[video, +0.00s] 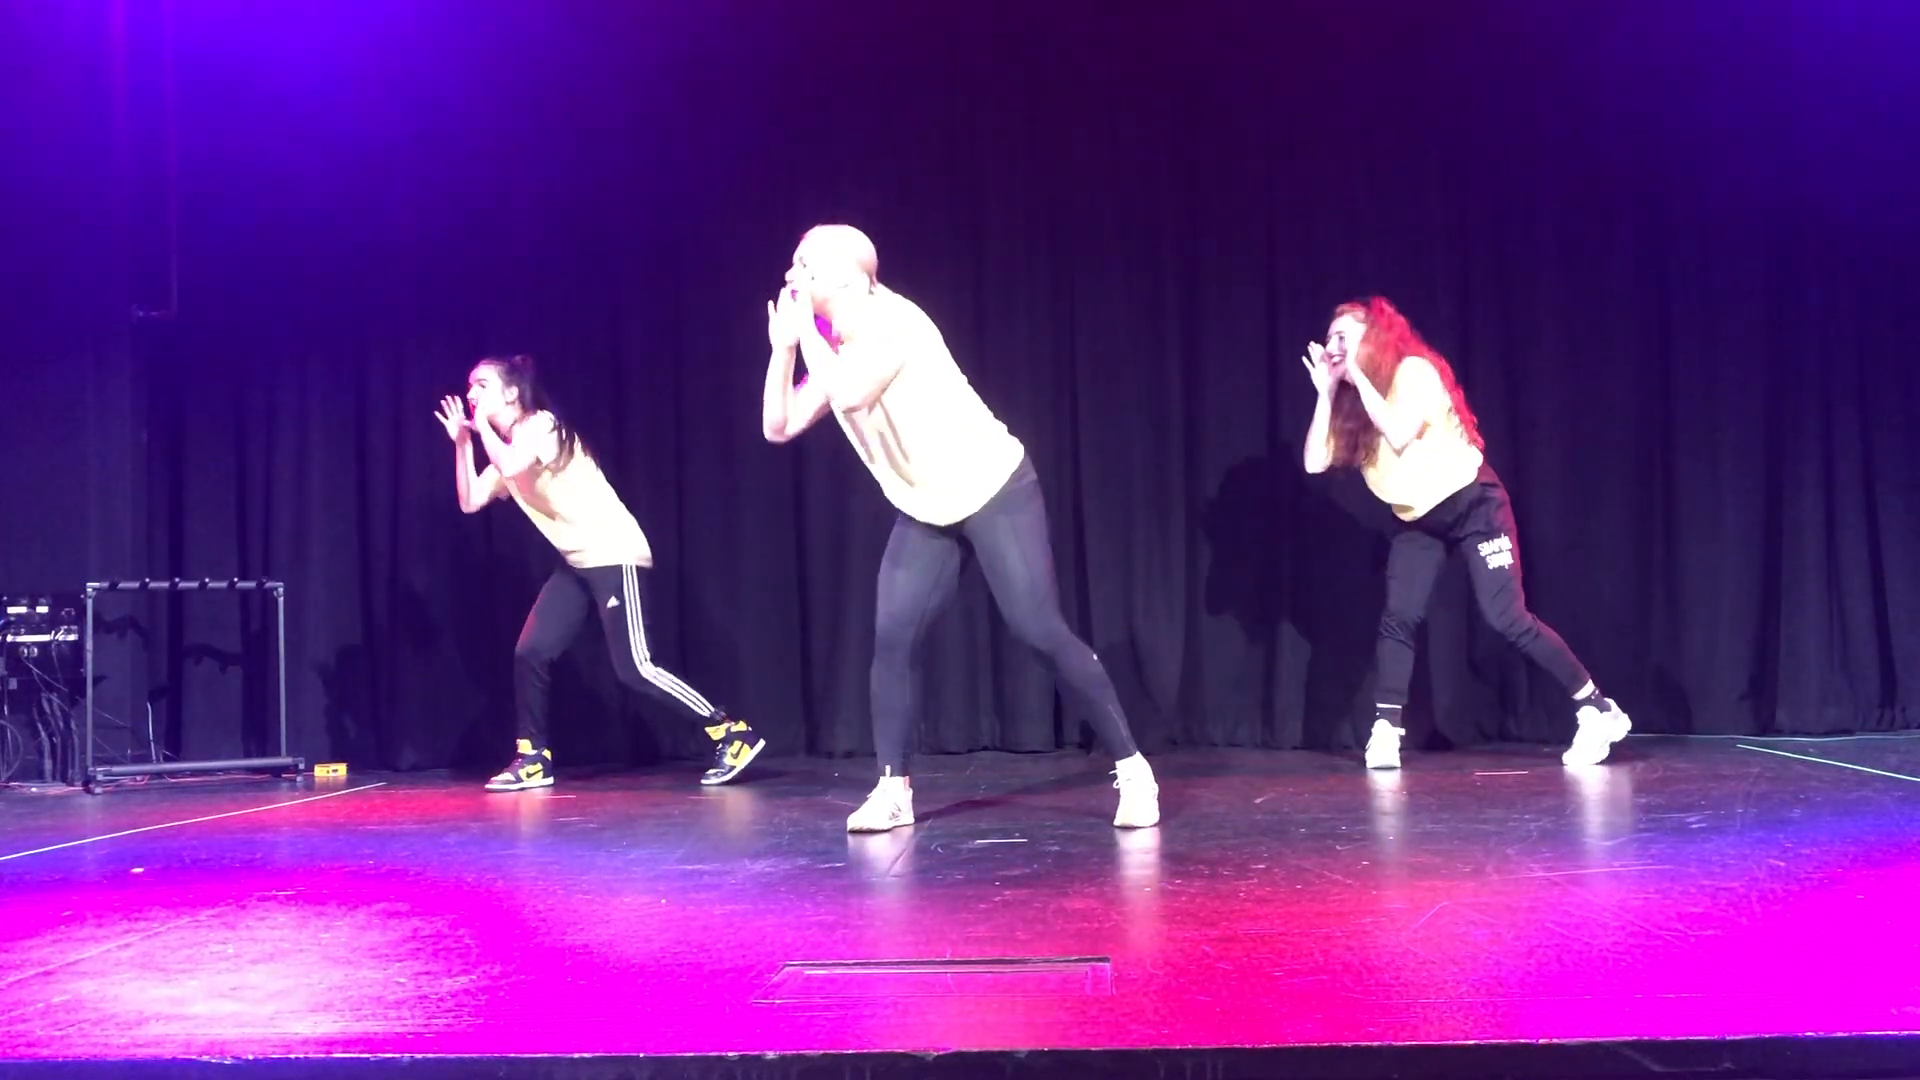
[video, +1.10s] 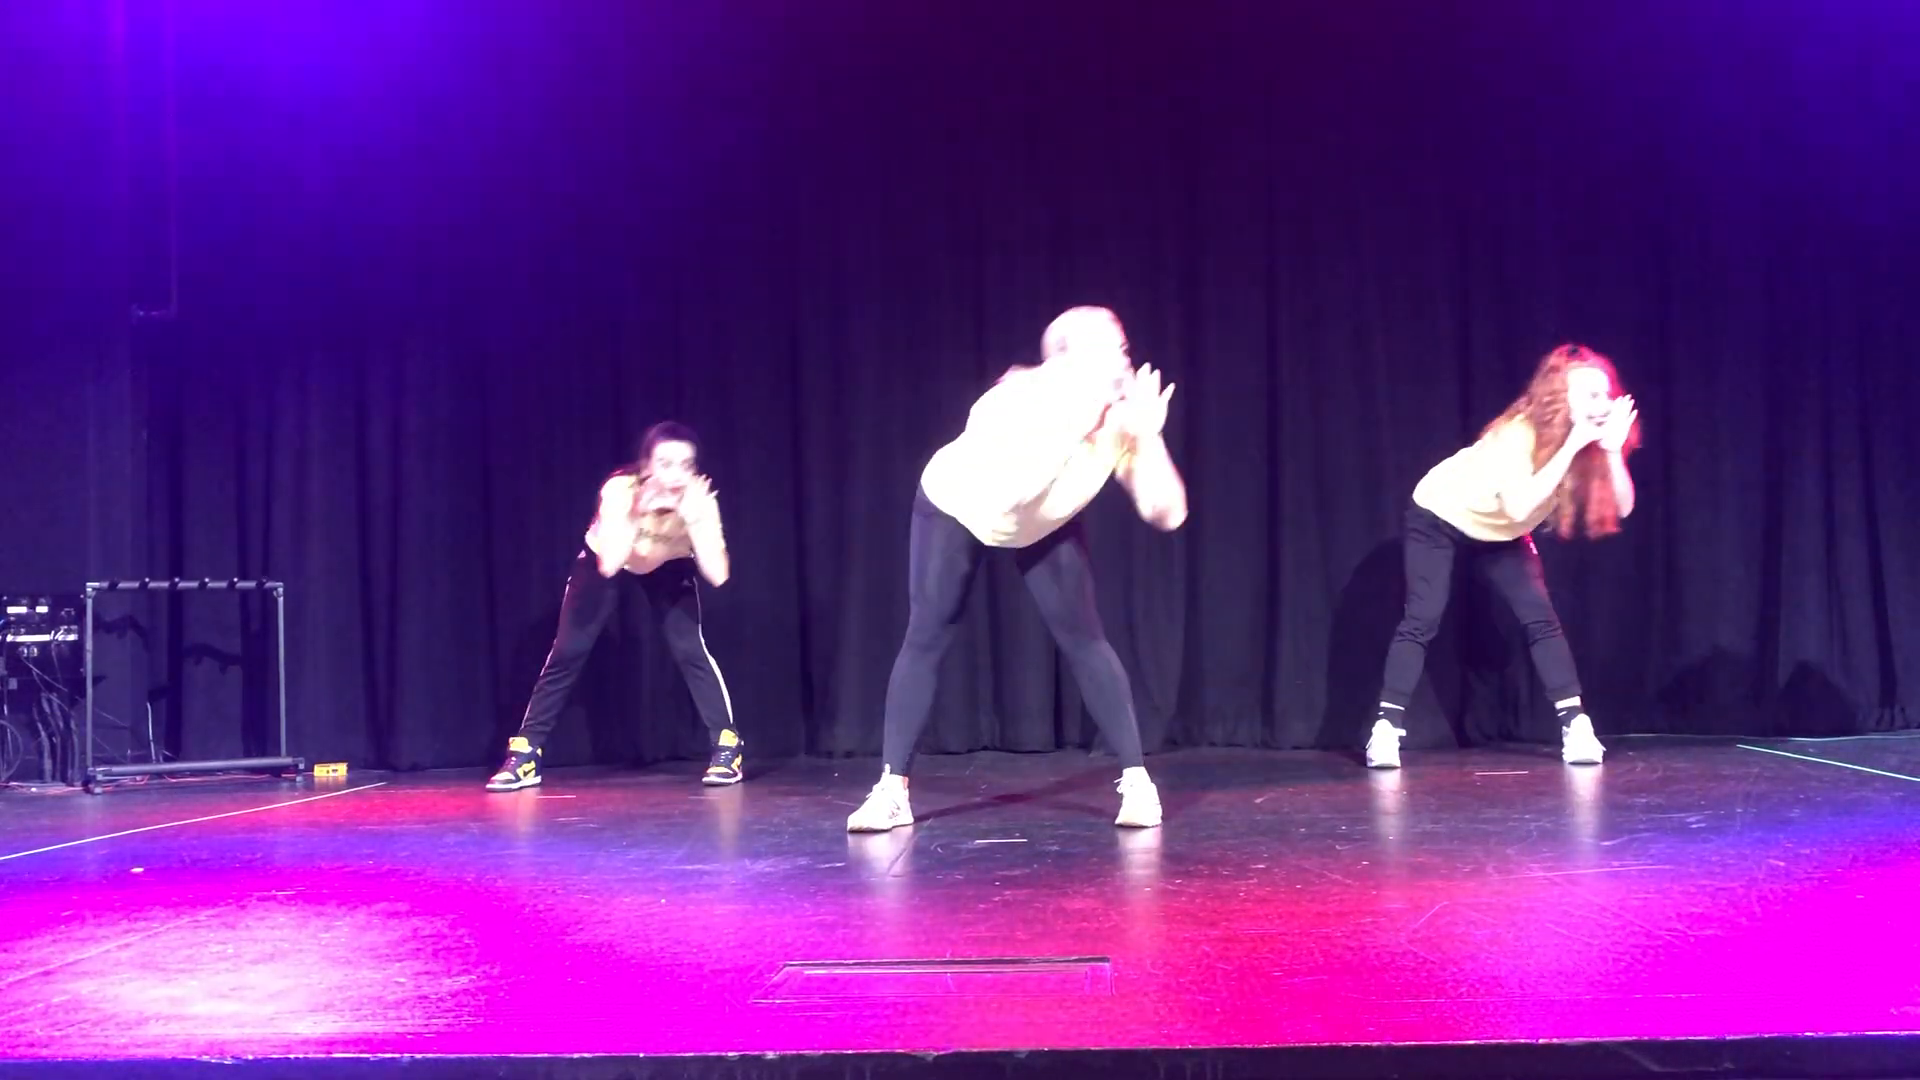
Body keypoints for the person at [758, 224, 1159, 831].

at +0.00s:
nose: (792, 274)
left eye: (805, 263)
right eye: (794, 264)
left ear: (850, 270)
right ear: (810, 277)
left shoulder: (892, 318)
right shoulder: (830, 343)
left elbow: (851, 396)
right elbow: (780, 426)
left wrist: (806, 330)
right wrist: (781, 349)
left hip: (994, 487)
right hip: (925, 507)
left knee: (1038, 628)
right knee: (893, 632)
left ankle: (1131, 766)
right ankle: (893, 788)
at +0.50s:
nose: (780, 339)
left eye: (789, 324)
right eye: (777, 325)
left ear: (828, 324)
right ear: (782, 336)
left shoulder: (885, 358)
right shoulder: (819, 398)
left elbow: (869, 443)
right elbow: (781, 479)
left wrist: (803, 397)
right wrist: (770, 411)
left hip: (1024, 487)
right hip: (947, 514)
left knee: (1068, 618)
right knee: (914, 638)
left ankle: (1136, 772)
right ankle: (893, 787)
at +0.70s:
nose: (842, 407)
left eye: (854, 392)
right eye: (836, 393)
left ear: (896, 391)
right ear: (832, 398)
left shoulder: (949, 423)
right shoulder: (846, 448)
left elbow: (976, 529)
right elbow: (814, 547)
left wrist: (893, 473)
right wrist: (833, 483)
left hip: (1043, 496)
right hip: (962, 522)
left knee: (1081, 626)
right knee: (925, 642)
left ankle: (1138, 777)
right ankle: (894, 786)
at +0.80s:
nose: (911, 414)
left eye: (924, 399)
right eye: (897, 401)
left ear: (954, 395)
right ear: (882, 404)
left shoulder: (1001, 427)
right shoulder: (878, 447)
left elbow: (1048, 530)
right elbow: (845, 550)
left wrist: (957, 471)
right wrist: (885, 474)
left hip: (1040, 502)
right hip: (953, 521)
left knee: (1084, 625)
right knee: (933, 638)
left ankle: (1137, 777)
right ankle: (893, 785)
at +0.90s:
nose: (978, 409)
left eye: (991, 395)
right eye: (964, 396)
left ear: (1014, 394)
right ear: (939, 399)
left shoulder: (1052, 429)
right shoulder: (919, 440)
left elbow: (1103, 529)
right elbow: (884, 546)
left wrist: (1027, 466)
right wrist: (946, 469)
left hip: (1045, 516)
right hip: (956, 524)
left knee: (1081, 621)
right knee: (929, 639)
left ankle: (1137, 778)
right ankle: (892, 785)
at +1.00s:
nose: (1058, 396)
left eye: (1066, 381)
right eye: (1044, 384)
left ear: (1076, 383)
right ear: (1008, 387)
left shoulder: (1090, 426)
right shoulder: (967, 427)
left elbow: (1141, 530)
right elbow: (935, 531)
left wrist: (1101, 447)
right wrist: (1007, 465)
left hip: (1051, 525)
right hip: (964, 525)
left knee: (1086, 634)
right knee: (929, 634)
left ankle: (1137, 779)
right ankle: (891, 785)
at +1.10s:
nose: (1119, 361)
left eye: (1122, 350)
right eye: (1105, 350)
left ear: (1125, 356)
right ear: (1063, 354)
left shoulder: (1123, 415)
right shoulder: (1018, 394)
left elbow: (1168, 513)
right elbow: (1007, 494)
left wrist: (1148, 437)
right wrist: (1091, 419)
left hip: (1042, 521)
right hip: (954, 508)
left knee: (1084, 641)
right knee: (926, 637)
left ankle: (1136, 779)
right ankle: (891, 785)